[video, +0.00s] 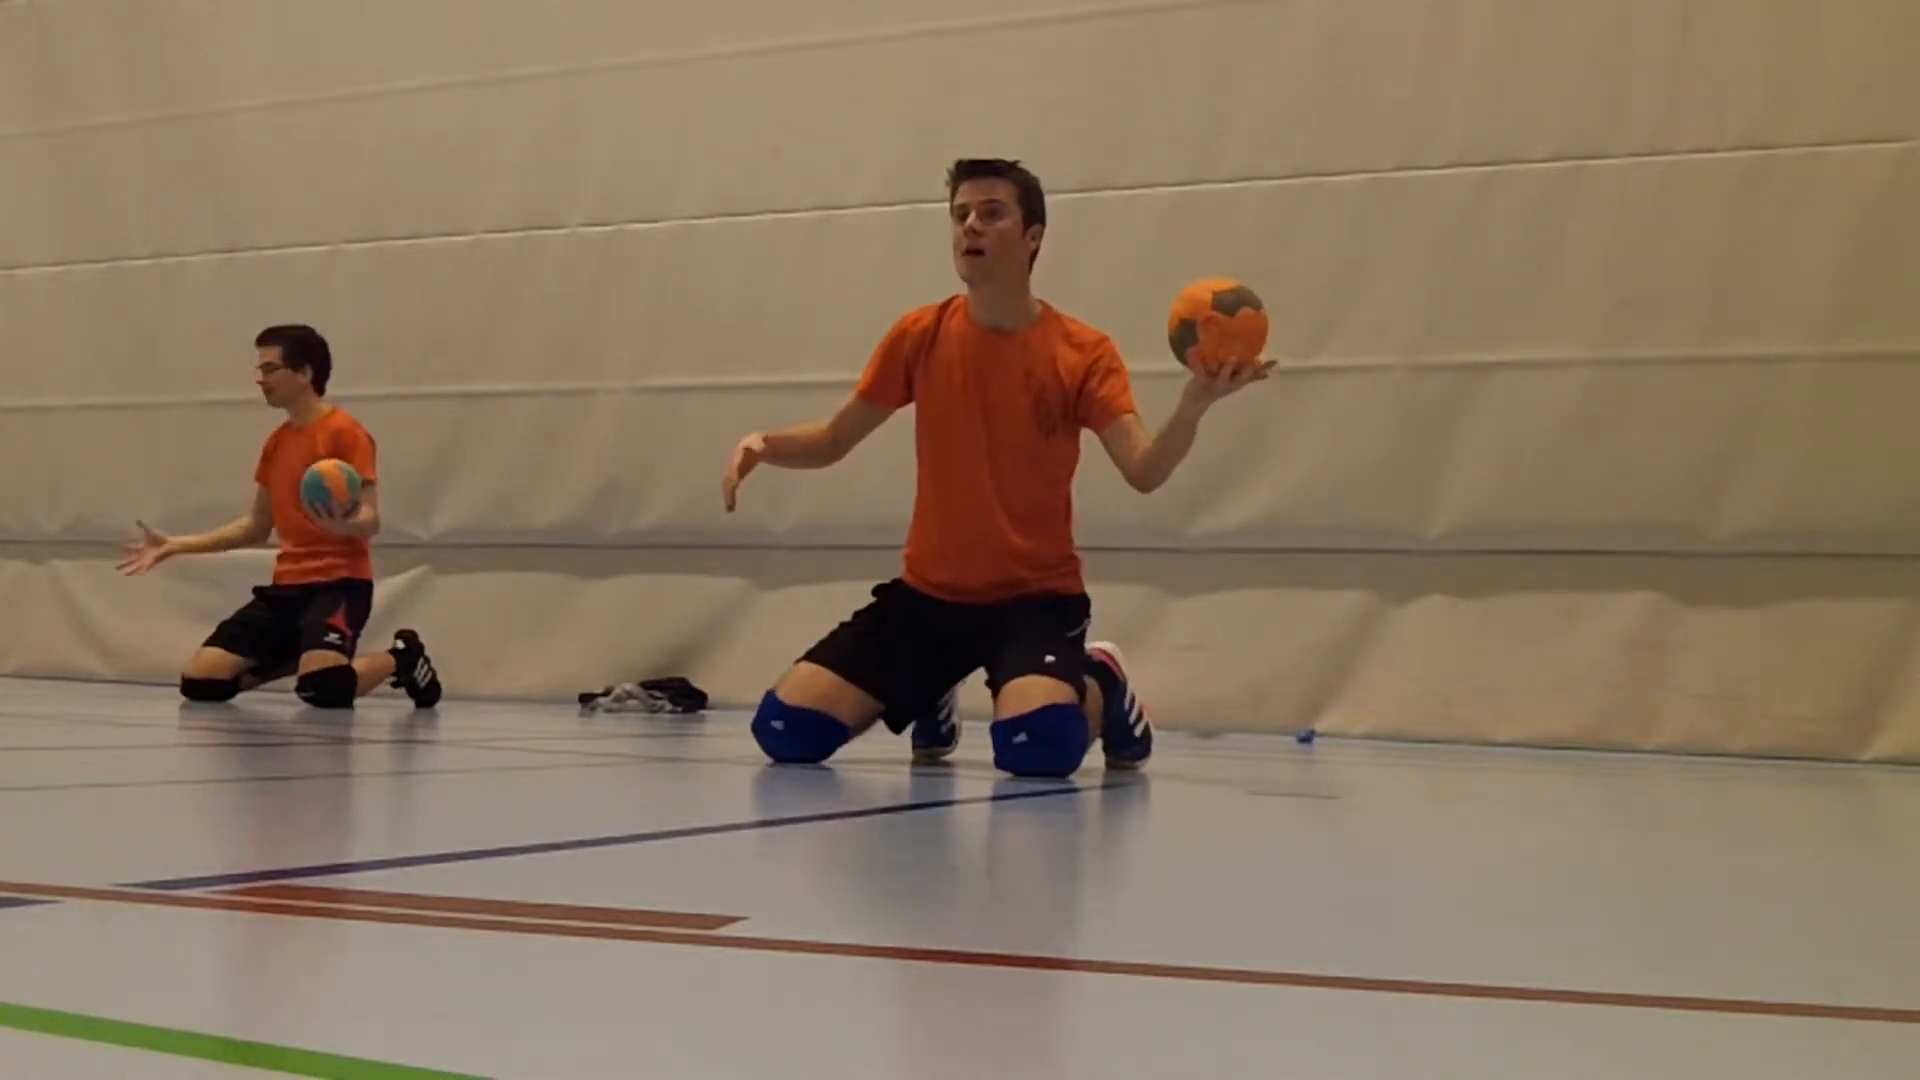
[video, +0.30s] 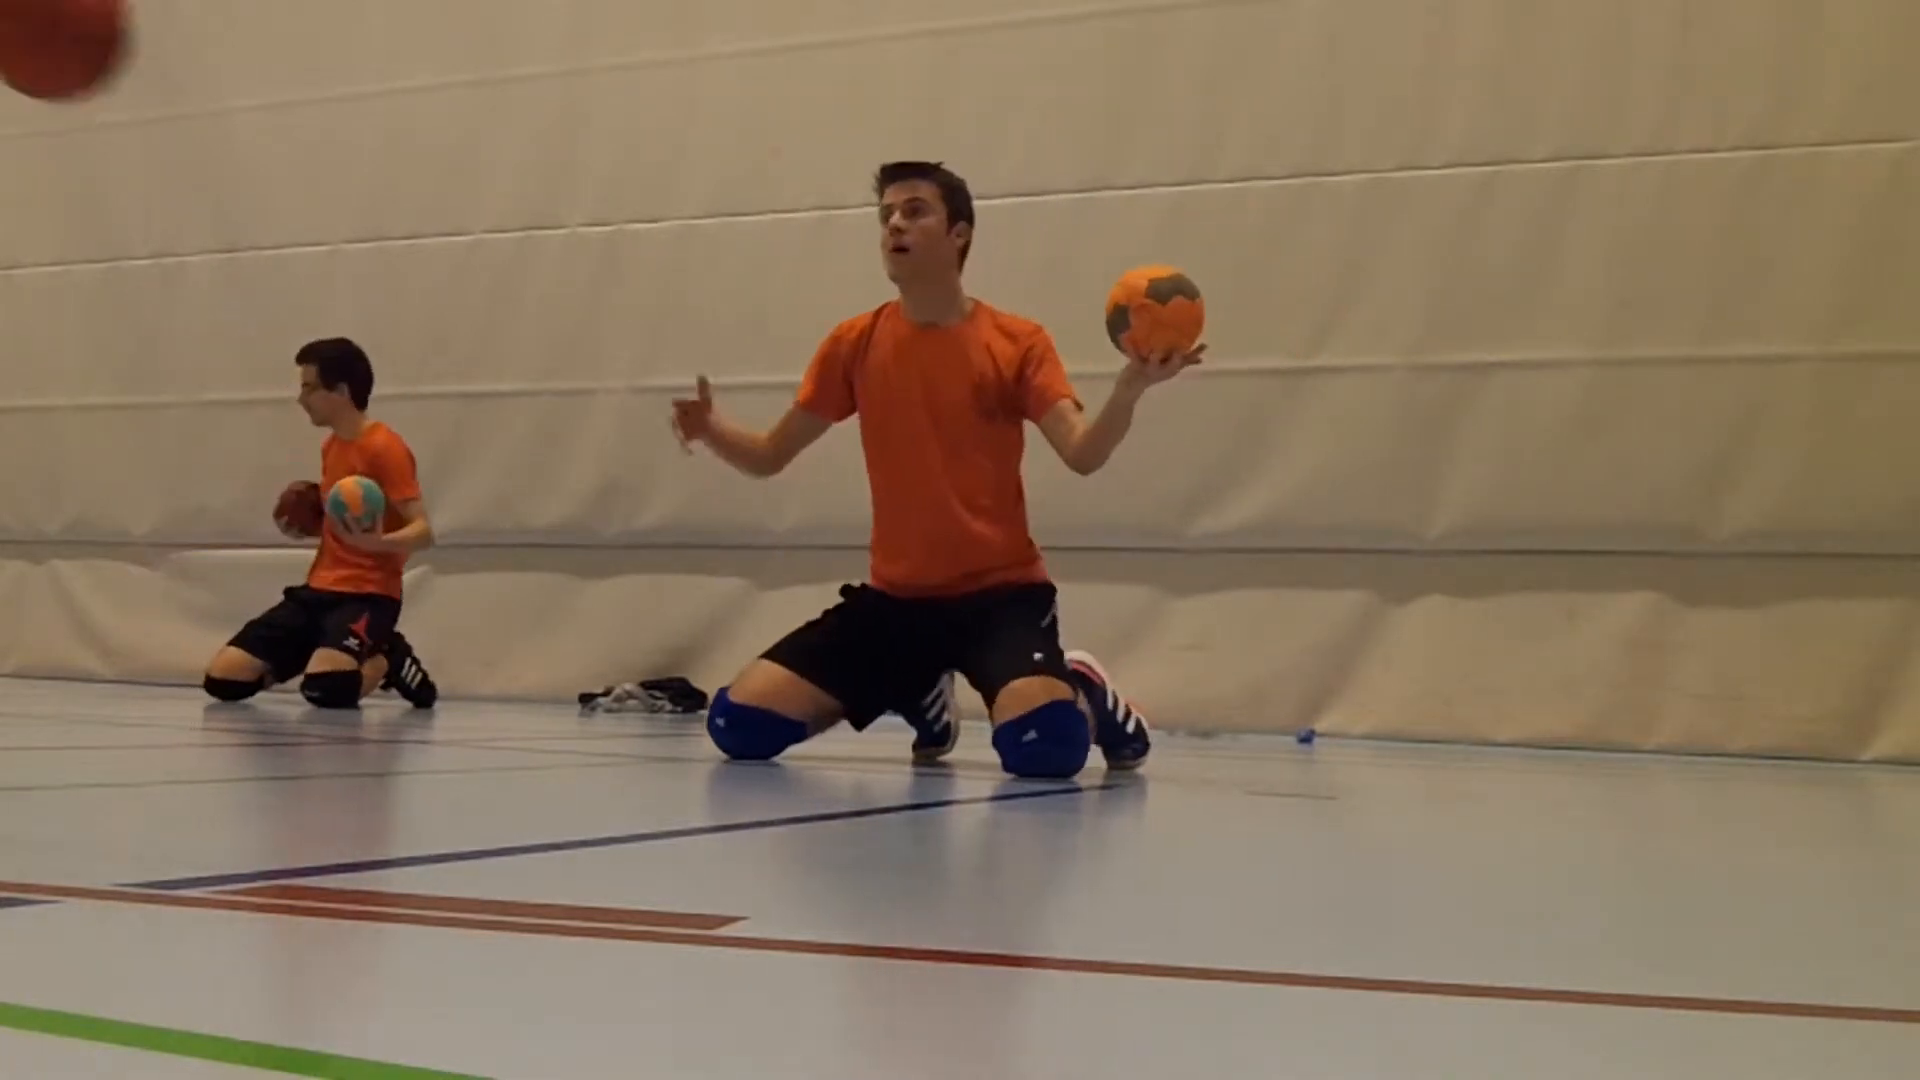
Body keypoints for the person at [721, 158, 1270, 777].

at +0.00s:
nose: (971, 226)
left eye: (992, 213)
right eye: (961, 215)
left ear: (1032, 238)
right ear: (948, 235)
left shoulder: (1080, 353)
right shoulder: (921, 337)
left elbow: (1144, 471)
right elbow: (832, 438)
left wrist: (1197, 401)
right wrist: (762, 444)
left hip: (1035, 598)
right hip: (928, 594)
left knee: (1036, 753)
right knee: (784, 731)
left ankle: (1101, 683)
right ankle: (919, 685)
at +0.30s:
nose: (894, 226)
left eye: (914, 212)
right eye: (886, 216)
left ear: (959, 235)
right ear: (878, 238)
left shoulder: (1014, 343)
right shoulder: (856, 346)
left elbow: (1083, 452)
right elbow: (768, 454)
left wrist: (1133, 382)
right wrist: (710, 430)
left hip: (1002, 598)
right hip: (894, 601)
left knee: (1043, 755)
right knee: (738, 728)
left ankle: (1084, 691)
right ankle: (906, 683)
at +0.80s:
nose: (721, 197)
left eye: (738, 181)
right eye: (715, 186)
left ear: (787, 192)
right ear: (714, 202)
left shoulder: (851, 292)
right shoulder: (712, 298)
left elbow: (909, 399)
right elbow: (707, 392)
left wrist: (947, 320)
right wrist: (674, 413)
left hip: (868, 535)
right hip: (769, 560)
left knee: (961, 691)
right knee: (651, 727)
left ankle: (1080, 690)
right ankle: (839, 675)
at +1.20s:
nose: (832, 216)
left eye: (851, 202)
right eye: (823, 202)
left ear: (894, 216)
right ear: (812, 215)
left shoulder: (930, 326)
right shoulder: (791, 317)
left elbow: (889, 442)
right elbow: (781, 459)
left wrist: (881, 335)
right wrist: (734, 421)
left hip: (909, 579)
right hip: (807, 585)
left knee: (955, 746)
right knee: (669, 728)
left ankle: (1077, 692)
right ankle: (848, 681)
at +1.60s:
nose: (926, 241)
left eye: (948, 227)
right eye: (917, 226)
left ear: (988, 248)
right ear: (905, 240)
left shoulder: (1033, 349)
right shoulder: (891, 354)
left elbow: (1045, 494)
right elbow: (781, 425)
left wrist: (1021, 391)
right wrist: (786, 299)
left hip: (1018, 602)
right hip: (913, 601)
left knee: (1000, 747)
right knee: (763, 730)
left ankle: (1093, 692)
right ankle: (912, 689)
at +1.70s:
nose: (968, 225)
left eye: (991, 214)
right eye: (960, 211)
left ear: (1030, 241)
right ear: (948, 228)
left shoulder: (1069, 347)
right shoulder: (908, 336)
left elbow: (1083, 494)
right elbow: (779, 381)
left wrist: (1064, 385)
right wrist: (791, 255)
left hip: (1035, 597)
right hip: (927, 592)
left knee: (1007, 747)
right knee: (780, 730)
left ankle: (1098, 694)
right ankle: (926, 686)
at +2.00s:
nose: (1027, 141)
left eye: (1051, 131)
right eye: (1017, 131)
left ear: (1088, 167)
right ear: (1002, 155)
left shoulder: (1122, 289)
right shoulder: (957, 251)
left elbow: (1159, 429)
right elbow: (809, 290)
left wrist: (1183, 335)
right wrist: (840, 233)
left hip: (1050, 547)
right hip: (939, 532)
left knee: (1022, 753)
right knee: (834, 736)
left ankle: (1116, 681)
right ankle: (905, 707)